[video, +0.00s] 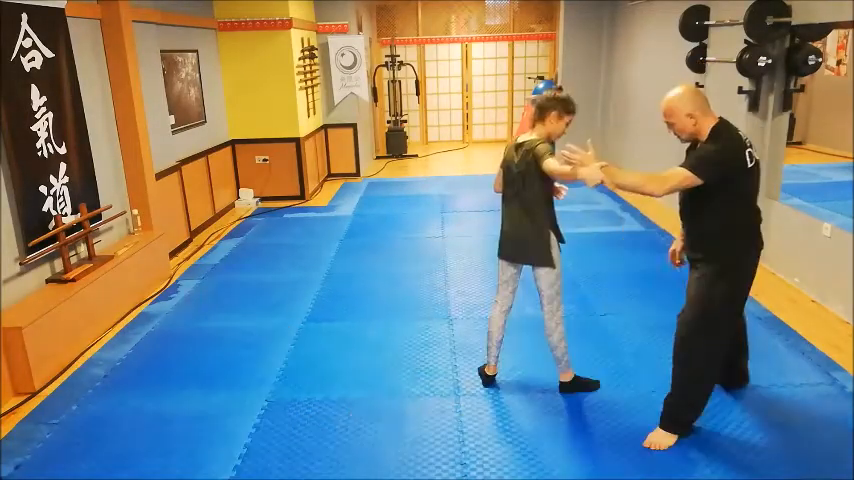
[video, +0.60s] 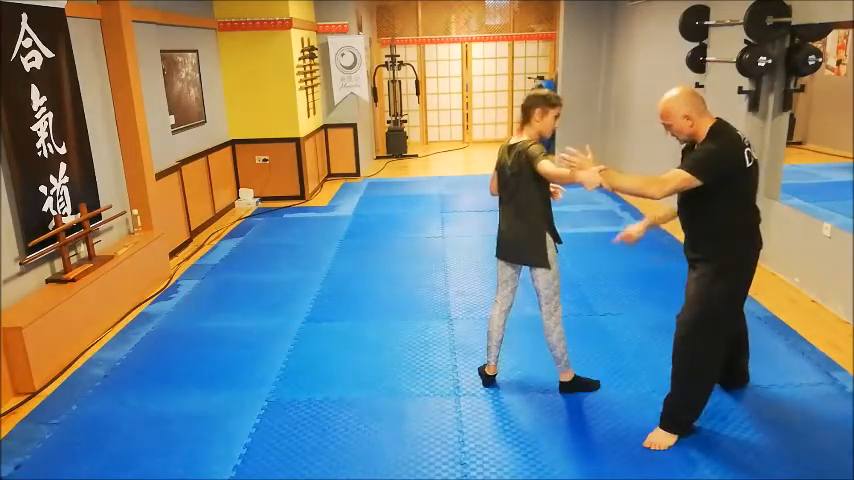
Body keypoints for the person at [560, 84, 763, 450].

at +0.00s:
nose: (671, 131)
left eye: (672, 124)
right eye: (669, 125)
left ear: (693, 116)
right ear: (695, 116)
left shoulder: (719, 151)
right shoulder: (721, 136)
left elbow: (657, 186)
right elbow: (713, 198)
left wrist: (603, 173)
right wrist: (688, 237)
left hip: (724, 258)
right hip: (728, 247)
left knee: (694, 332)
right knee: (726, 313)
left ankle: (676, 422)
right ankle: (732, 372)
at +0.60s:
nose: (669, 133)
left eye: (670, 125)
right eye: (667, 126)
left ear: (690, 117)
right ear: (691, 117)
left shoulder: (717, 150)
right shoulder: (717, 138)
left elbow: (658, 188)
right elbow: (688, 200)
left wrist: (603, 177)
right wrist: (646, 223)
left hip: (722, 258)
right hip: (719, 249)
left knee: (693, 331)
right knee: (726, 313)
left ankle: (676, 422)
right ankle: (733, 373)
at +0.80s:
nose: (668, 133)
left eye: (671, 126)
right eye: (666, 127)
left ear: (692, 118)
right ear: (692, 119)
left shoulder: (720, 151)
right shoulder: (701, 143)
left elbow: (660, 190)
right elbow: (666, 189)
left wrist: (602, 175)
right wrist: (618, 198)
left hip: (723, 259)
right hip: (711, 251)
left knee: (691, 330)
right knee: (723, 311)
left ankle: (673, 421)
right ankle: (732, 372)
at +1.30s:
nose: (651, 139)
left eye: (654, 132)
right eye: (649, 132)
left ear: (677, 124)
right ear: (676, 123)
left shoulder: (708, 156)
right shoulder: (679, 149)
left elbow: (646, 201)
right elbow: (627, 172)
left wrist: (588, 191)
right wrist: (579, 170)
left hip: (713, 271)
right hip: (683, 264)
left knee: (675, 341)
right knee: (685, 326)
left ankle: (668, 424)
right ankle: (718, 370)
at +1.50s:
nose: (643, 139)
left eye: (646, 132)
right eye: (641, 133)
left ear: (669, 125)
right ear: (668, 124)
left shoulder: (700, 158)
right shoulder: (673, 148)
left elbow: (632, 205)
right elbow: (619, 174)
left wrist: (576, 196)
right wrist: (567, 175)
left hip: (705, 273)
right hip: (670, 260)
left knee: (674, 344)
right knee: (642, 317)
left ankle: (669, 425)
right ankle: (667, 379)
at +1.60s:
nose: (638, 138)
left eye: (641, 132)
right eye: (636, 132)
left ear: (665, 125)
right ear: (664, 124)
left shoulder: (694, 159)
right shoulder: (668, 148)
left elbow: (628, 208)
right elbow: (616, 175)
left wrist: (572, 200)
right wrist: (564, 178)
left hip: (700, 273)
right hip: (664, 261)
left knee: (671, 342)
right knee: (630, 317)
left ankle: (669, 425)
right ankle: (639, 385)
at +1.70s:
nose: (632, 139)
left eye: (635, 132)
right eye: (631, 133)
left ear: (659, 125)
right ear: (658, 125)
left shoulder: (688, 161)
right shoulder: (661, 150)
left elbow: (623, 211)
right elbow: (612, 179)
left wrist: (569, 205)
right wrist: (563, 188)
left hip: (695, 271)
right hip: (657, 259)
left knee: (667, 342)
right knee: (619, 318)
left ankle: (668, 425)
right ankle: (605, 389)